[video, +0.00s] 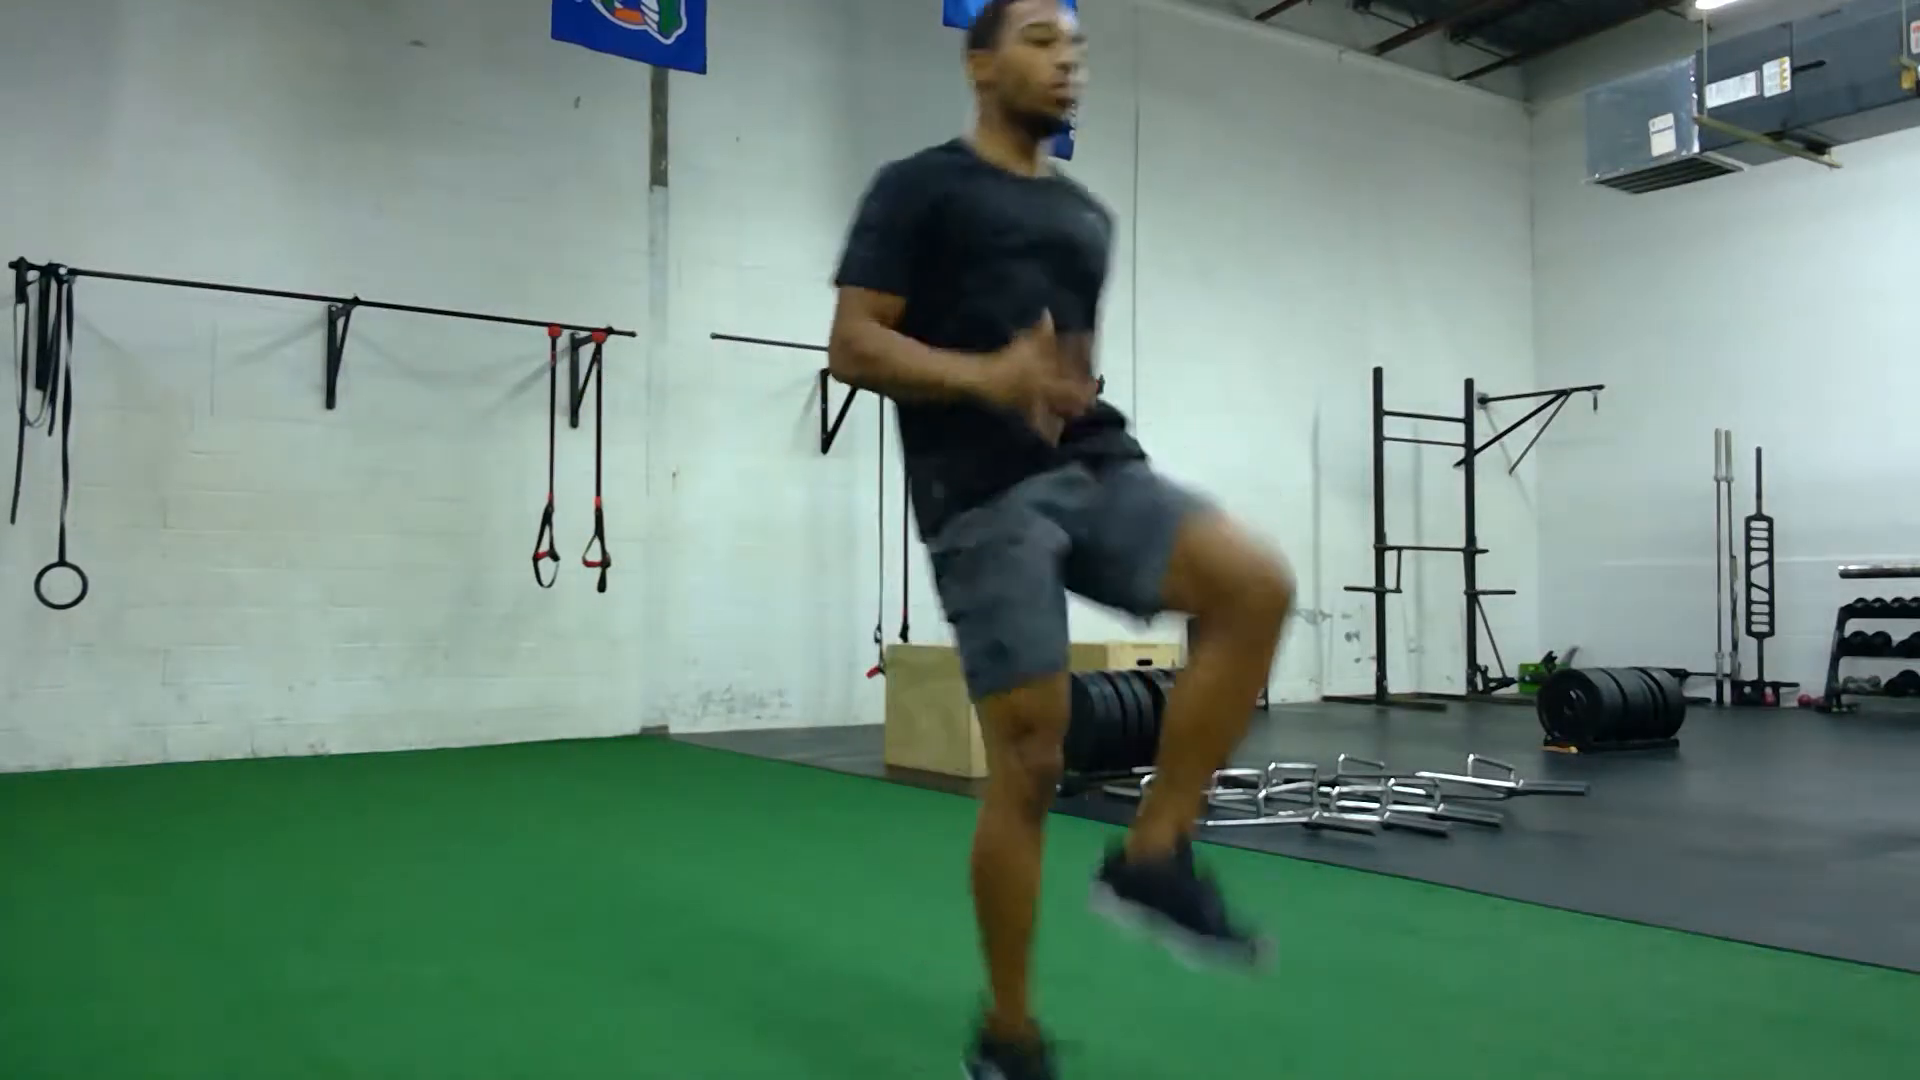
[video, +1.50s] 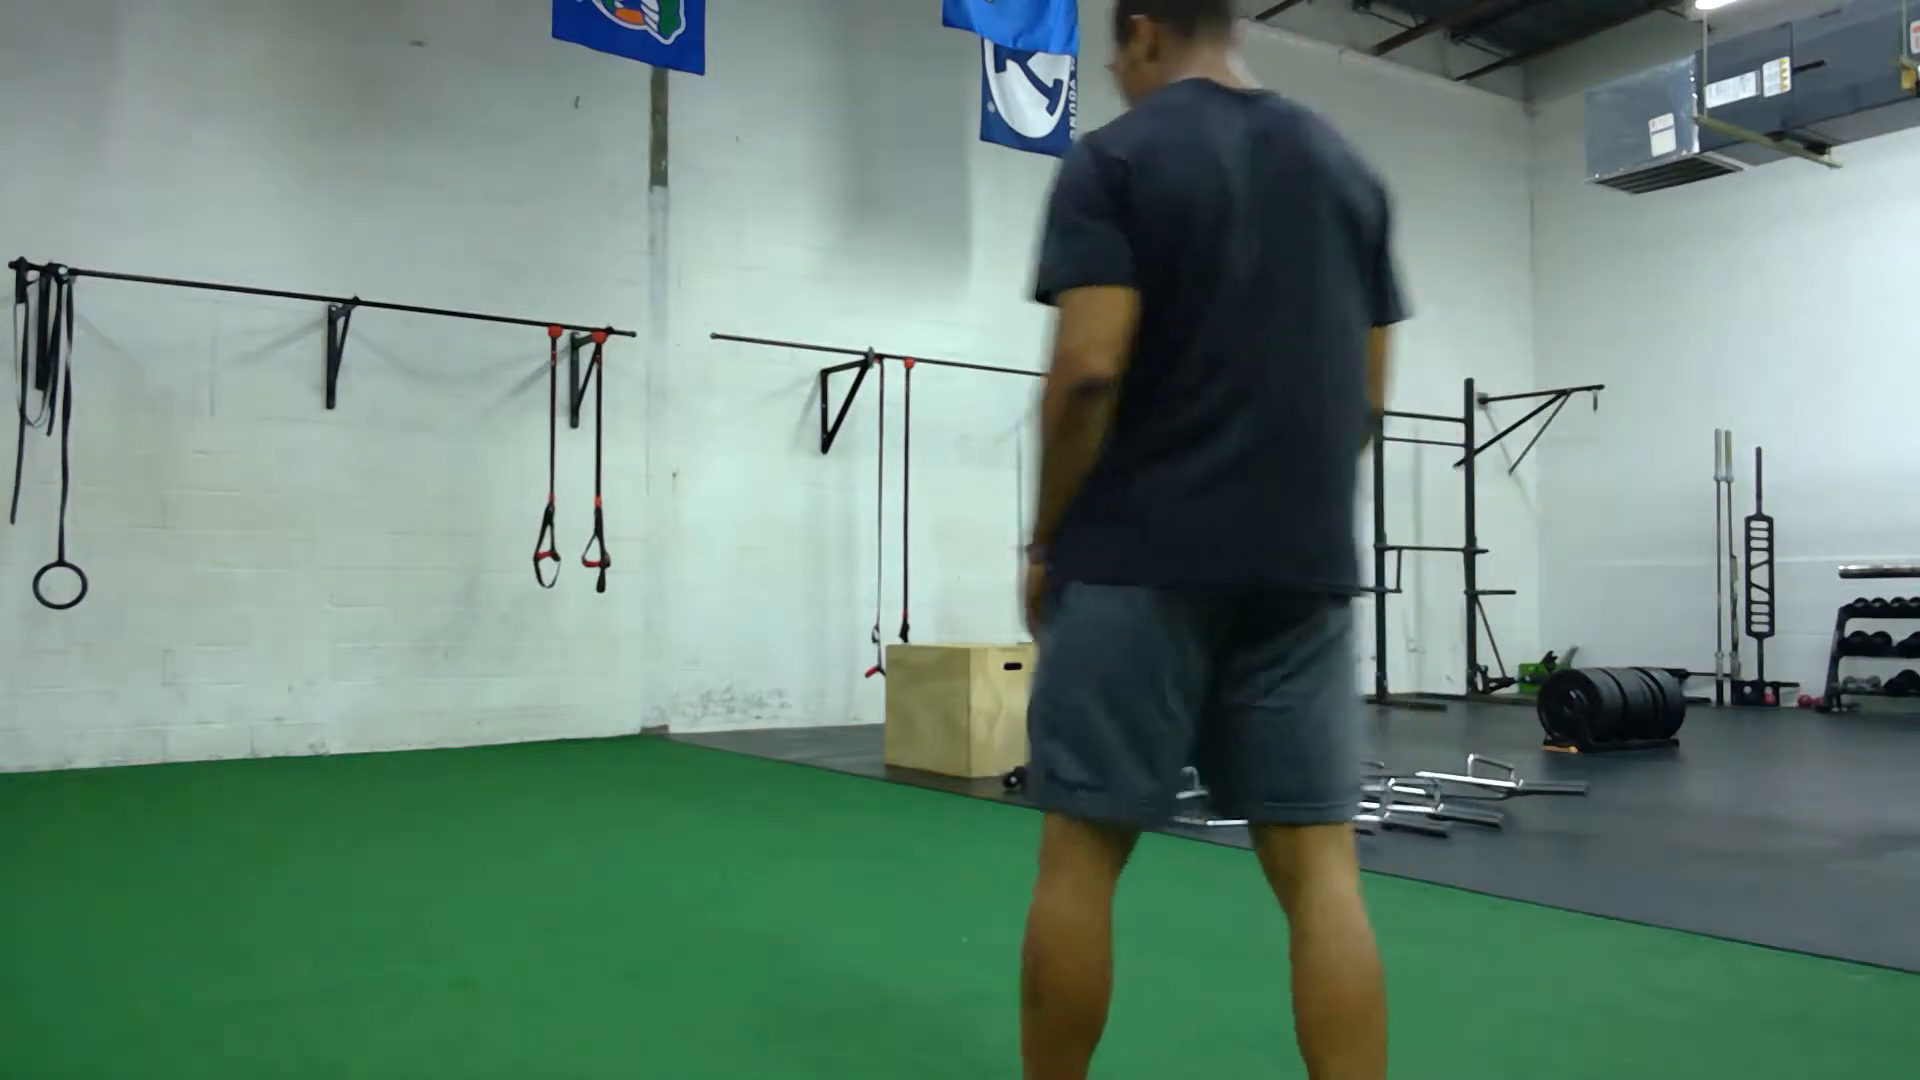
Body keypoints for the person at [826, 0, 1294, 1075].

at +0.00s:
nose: (1069, 61)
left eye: (1074, 44)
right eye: (1044, 41)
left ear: (1073, 67)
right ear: (981, 61)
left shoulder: (1083, 215)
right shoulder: (916, 188)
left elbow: (1075, 356)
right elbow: (850, 346)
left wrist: (1075, 411)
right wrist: (988, 373)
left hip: (1095, 479)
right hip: (984, 506)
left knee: (1254, 585)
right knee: (1028, 760)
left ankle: (1154, 856)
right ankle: (1009, 1031)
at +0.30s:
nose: (1232, 85)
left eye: (1234, 69)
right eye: (1210, 58)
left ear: (1214, 94)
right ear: (1134, 65)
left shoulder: (1212, 249)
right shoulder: (1065, 190)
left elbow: (1226, 425)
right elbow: (971, 359)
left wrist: (1305, 557)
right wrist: (979, 526)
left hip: (1215, 562)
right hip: (1126, 564)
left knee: (1207, 826)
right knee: (1221, 808)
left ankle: (1172, 1068)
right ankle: (1070, 1029)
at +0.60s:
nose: (1344, 85)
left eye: (1344, 62)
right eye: (1335, 51)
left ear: (1269, 44)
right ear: (1273, 34)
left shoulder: (1250, 175)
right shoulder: (1226, 143)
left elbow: (1288, 409)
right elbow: (1127, 301)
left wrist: (1445, 468)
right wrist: (1150, 493)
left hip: (1205, 550)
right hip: (1283, 543)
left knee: (1215, 827)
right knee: (1410, 804)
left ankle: (1174, 1066)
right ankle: (1369, 1067)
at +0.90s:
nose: (1393, 35)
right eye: (1394, 26)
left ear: (1272, 40)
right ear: (1378, 21)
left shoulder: (1196, 177)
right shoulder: (1423, 113)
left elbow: (1172, 399)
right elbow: (1513, 247)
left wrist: (1196, 548)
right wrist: (1637, 464)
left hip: (1216, 541)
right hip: (1360, 537)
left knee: (1270, 820)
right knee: (1379, 858)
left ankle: (1213, 1067)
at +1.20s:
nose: (1242, 59)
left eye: (1239, 41)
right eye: (1245, 45)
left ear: (1254, 26)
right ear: (1364, 24)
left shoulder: (1207, 146)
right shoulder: (1477, 136)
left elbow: (1122, 362)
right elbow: (1564, 367)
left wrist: (1045, 516)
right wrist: (1582, 548)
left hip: (1221, 545)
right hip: (1406, 552)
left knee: (1139, 821)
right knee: (1378, 880)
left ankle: (1086, 1068)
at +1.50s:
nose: (1112, 76)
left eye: (1113, 52)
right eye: (1113, 53)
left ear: (1144, 33)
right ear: (1236, 36)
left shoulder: (1119, 157)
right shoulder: (1348, 172)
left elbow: (1087, 369)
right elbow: (1365, 396)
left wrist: (1049, 539)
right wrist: (1274, 496)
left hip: (1140, 560)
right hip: (1307, 563)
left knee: (1080, 860)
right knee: (1322, 871)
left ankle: (1050, 1072)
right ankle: (1356, 1073)